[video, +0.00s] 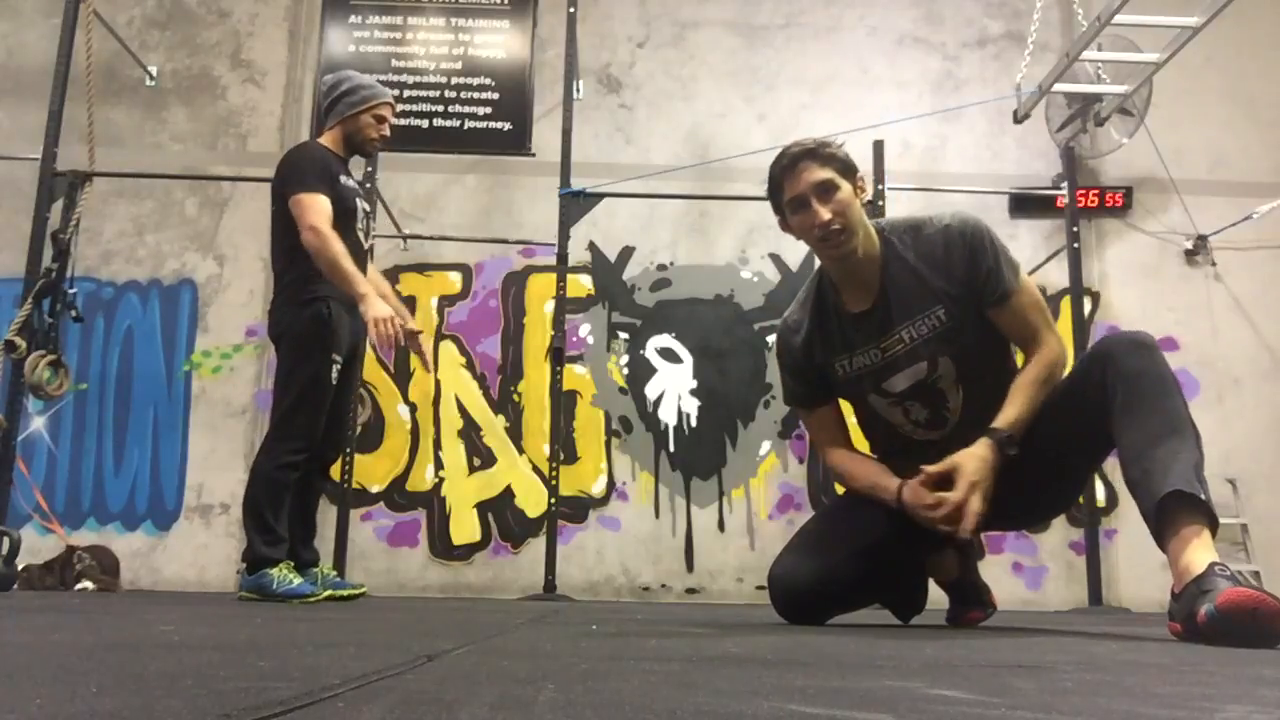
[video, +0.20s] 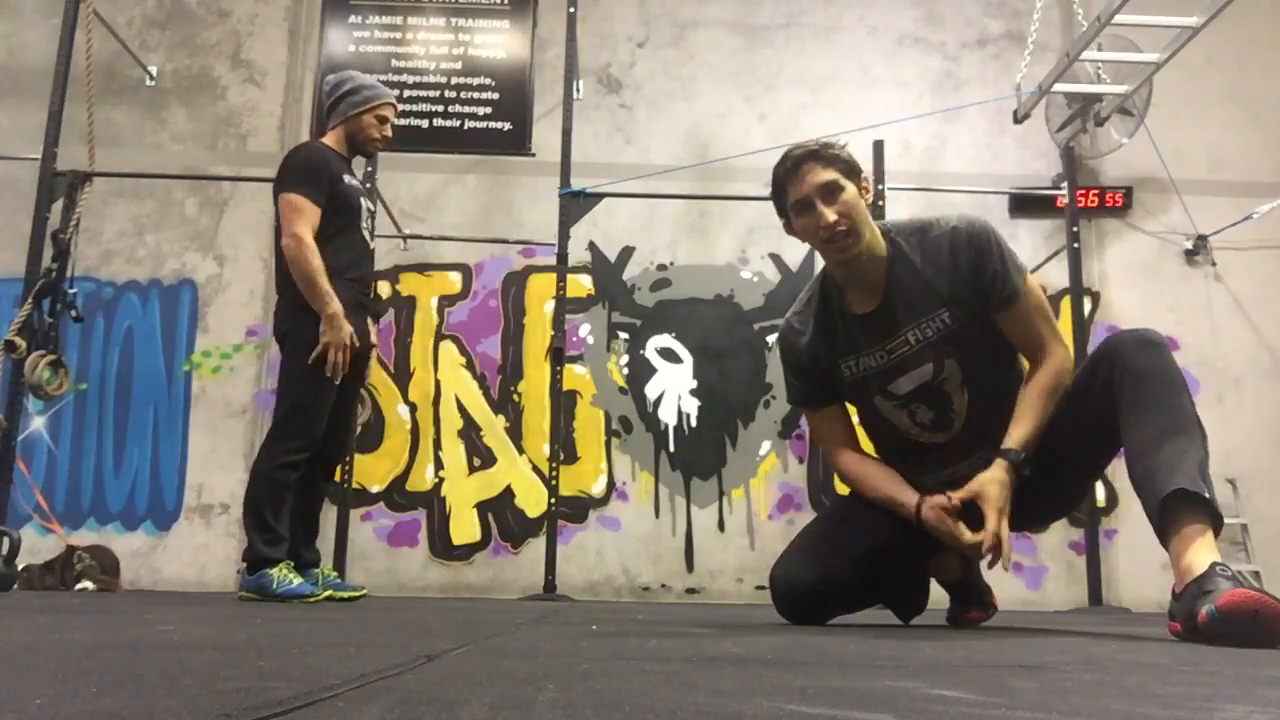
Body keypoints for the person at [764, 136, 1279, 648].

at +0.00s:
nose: (820, 213)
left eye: (826, 191)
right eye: (799, 209)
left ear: (859, 188)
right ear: (791, 230)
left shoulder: (958, 244)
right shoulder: (801, 337)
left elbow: (1048, 349)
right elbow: (835, 448)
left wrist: (992, 448)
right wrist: (900, 492)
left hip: (1014, 466)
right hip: (909, 495)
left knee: (1126, 353)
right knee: (796, 590)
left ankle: (1196, 575)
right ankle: (944, 561)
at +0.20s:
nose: (825, 216)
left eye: (832, 193)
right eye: (804, 211)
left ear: (865, 190)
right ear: (795, 233)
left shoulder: (963, 246)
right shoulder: (805, 336)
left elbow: (1054, 356)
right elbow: (842, 451)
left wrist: (1006, 465)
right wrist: (918, 506)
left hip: (1022, 468)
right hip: (916, 498)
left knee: (1137, 351)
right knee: (797, 590)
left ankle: (1199, 575)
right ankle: (947, 562)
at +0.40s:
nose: (835, 219)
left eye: (842, 195)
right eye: (813, 213)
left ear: (876, 191)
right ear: (804, 233)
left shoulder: (978, 253)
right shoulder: (813, 333)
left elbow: (1054, 369)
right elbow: (847, 453)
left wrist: (1001, 474)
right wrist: (922, 517)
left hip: (1029, 469)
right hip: (920, 495)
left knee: (1132, 348)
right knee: (798, 591)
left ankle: (1197, 574)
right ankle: (944, 560)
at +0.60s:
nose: (841, 222)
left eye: (848, 198)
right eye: (819, 216)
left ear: (881, 195)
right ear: (808, 235)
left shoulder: (985, 255)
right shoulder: (815, 334)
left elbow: (1055, 371)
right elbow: (849, 455)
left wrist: (1003, 480)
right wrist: (930, 518)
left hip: (1031, 469)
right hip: (923, 494)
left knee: (1135, 347)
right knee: (799, 591)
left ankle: (1197, 575)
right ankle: (946, 562)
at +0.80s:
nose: (842, 225)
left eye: (849, 201)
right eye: (820, 219)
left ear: (882, 198)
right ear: (809, 238)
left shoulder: (985, 257)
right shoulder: (814, 334)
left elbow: (1055, 371)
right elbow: (848, 456)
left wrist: (1000, 480)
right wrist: (929, 520)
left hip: (1028, 471)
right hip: (922, 496)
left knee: (1131, 348)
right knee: (798, 591)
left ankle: (1196, 576)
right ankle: (946, 563)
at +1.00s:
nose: (837, 226)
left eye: (844, 202)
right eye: (815, 221)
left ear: (877, 196)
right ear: (805, 240)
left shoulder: (981, 258)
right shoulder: (811, 335)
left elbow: (1051, 370)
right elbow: (845, 454)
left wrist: (998, 481)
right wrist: (926, 520)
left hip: (1024, 471)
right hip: (917, 496)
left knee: (1128, 349)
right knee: (798, 591)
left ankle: (1195, 576)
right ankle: (942, 561)